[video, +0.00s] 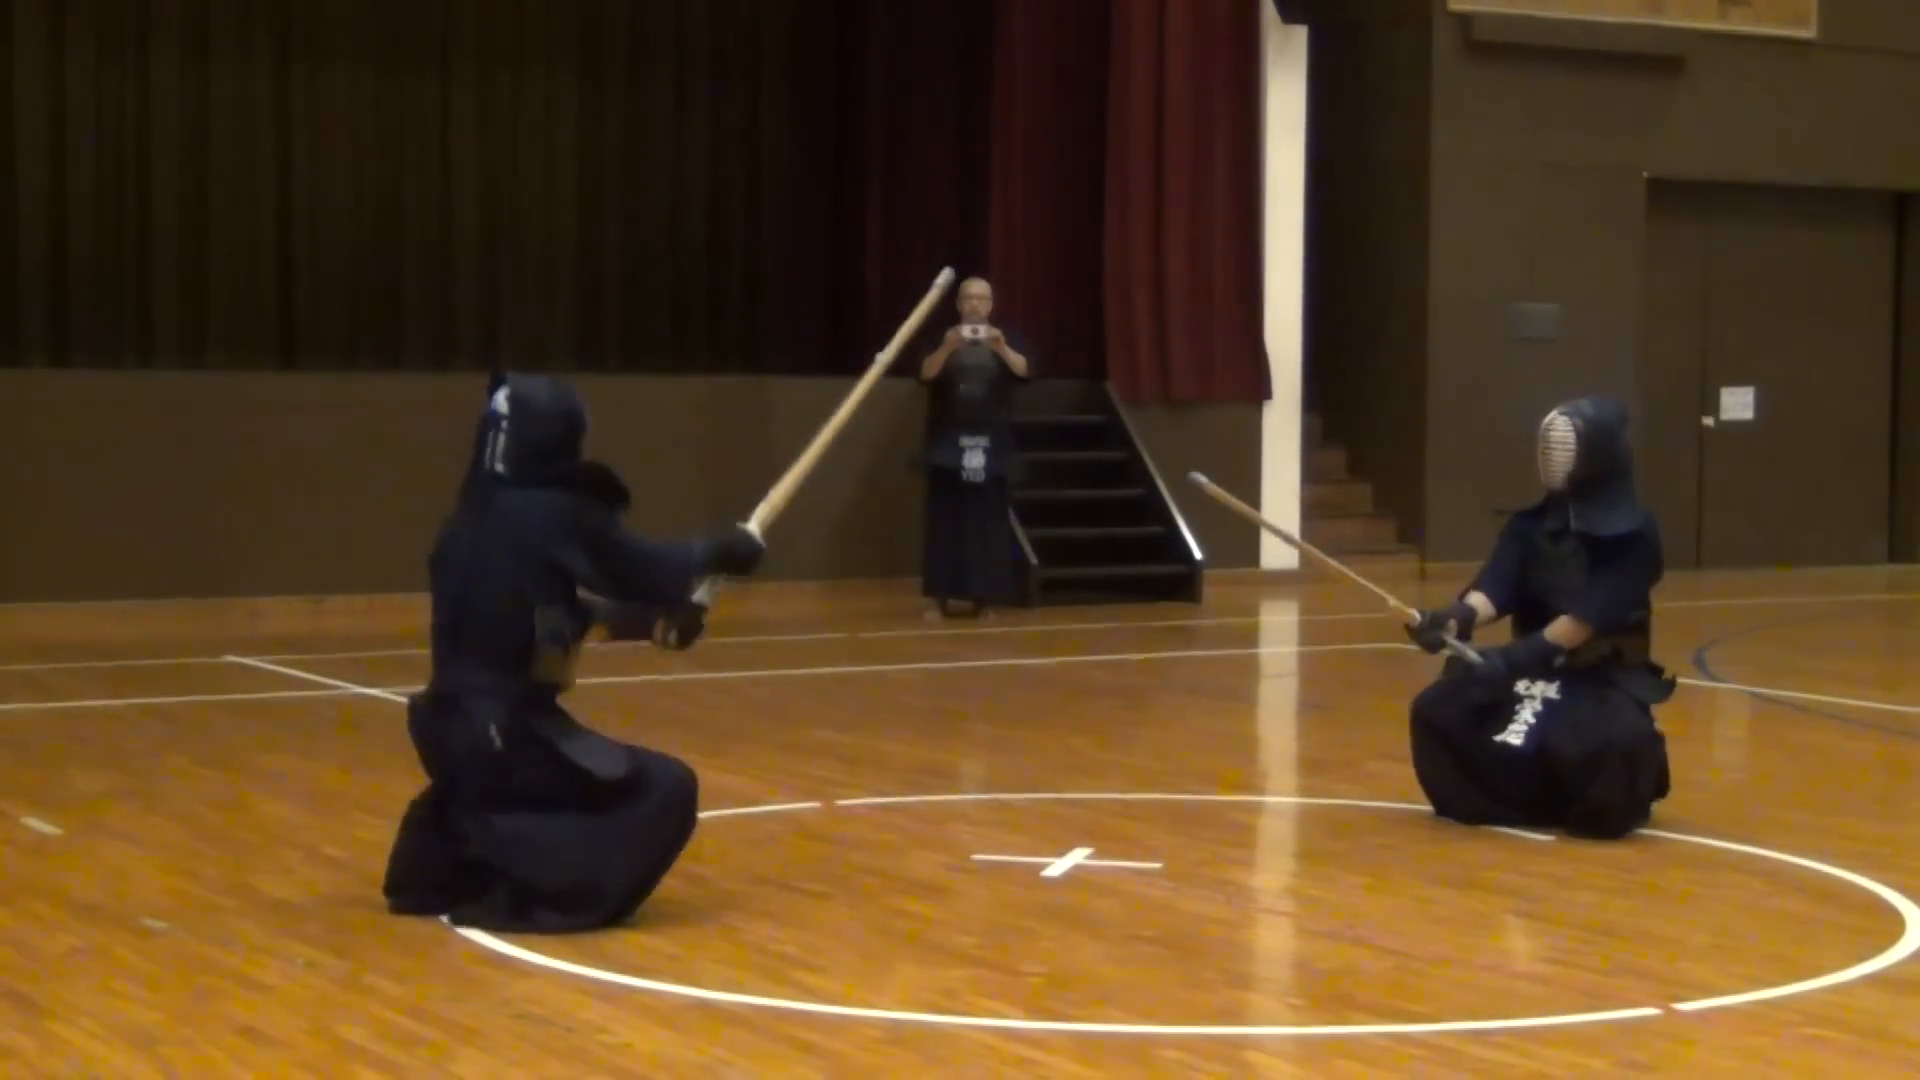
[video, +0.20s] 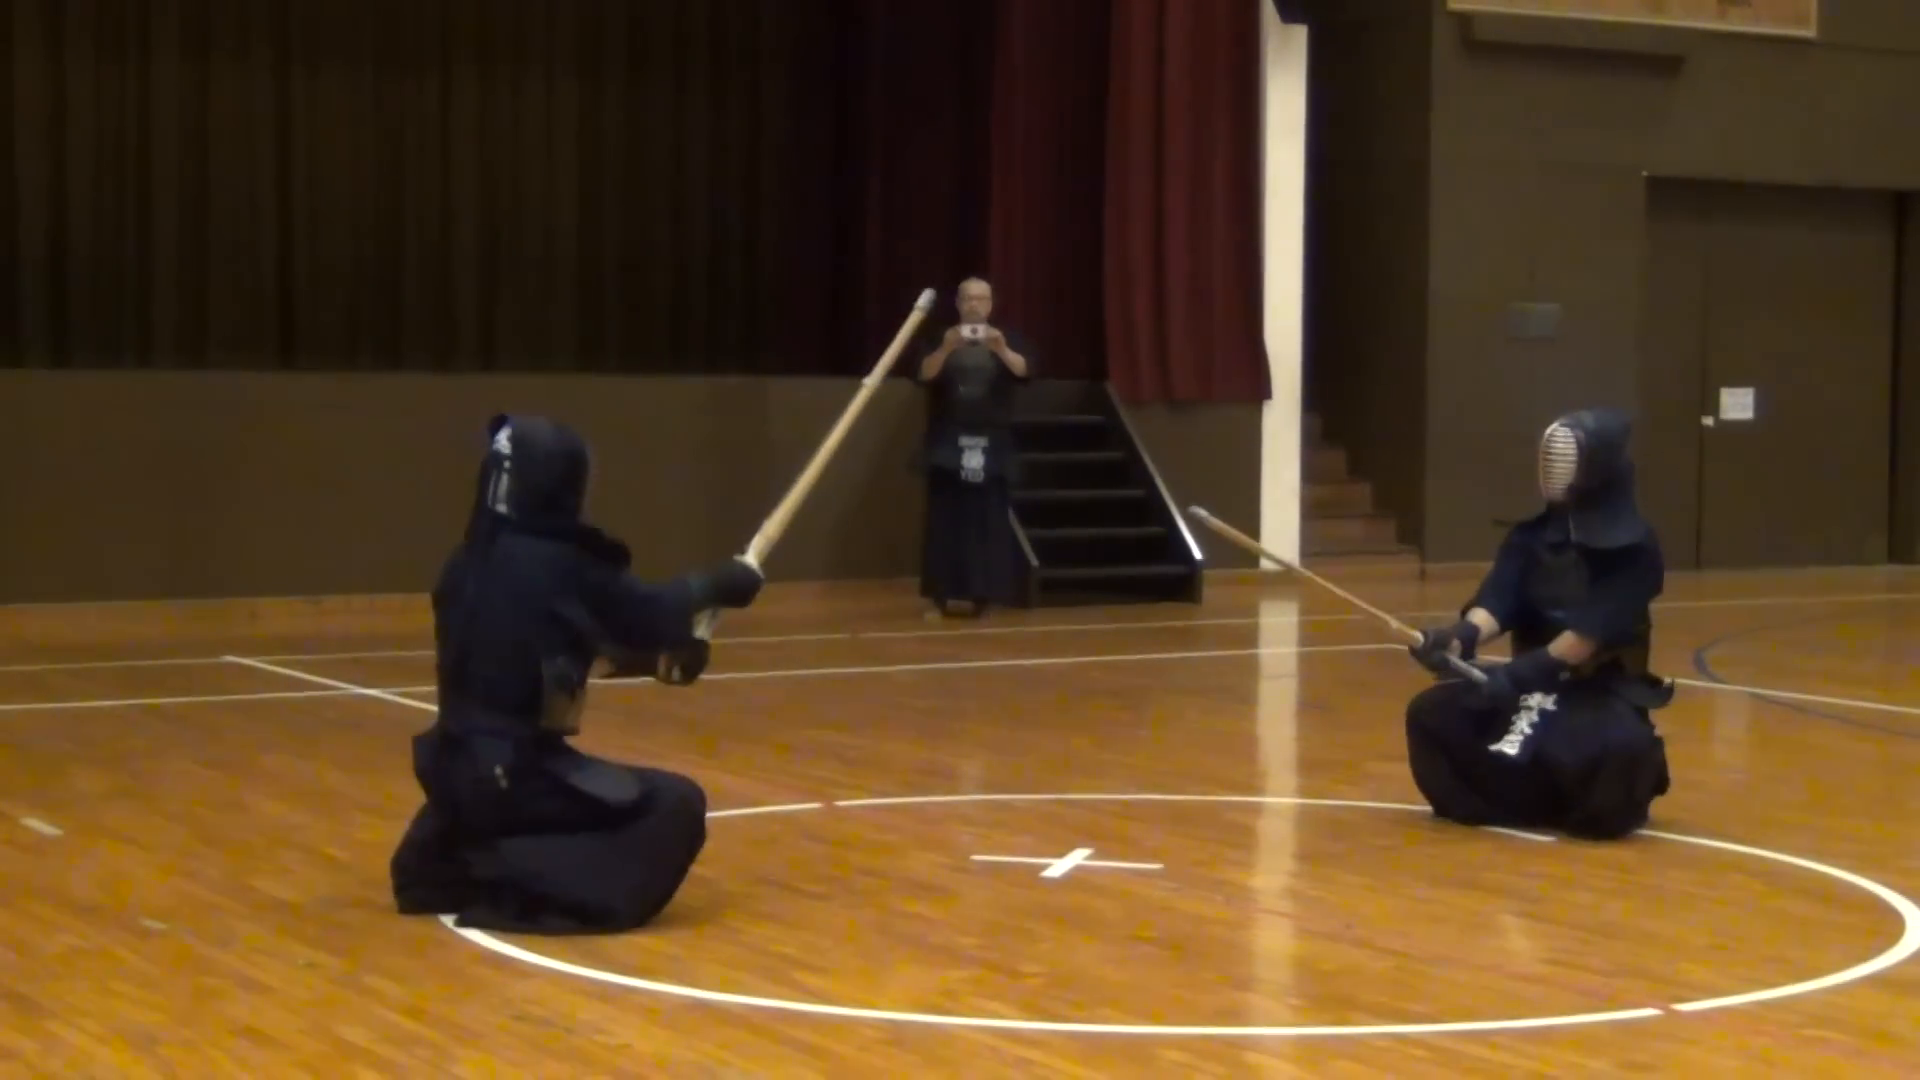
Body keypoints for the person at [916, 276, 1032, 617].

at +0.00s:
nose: (975, 304)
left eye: (982, 299)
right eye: (969, 298)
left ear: (991, 303)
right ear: (959, 303)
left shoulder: (1002, 341)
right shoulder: (947, 340)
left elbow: (1024, 371)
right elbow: (926, 374)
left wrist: (1000, 347)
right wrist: (949, 346)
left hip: (990, 436)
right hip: (950, 436)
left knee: (988, 512)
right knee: (947, 512)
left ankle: (985, 593)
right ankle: (944, 592)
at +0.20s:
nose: (975, 305)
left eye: (981, 299)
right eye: (969, 299)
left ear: (991, 303)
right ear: (958, 303)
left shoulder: (1003, 340)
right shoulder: (945, 339)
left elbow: (1024, 371)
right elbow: (925, 374)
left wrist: (1000, 348)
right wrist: (948, 347)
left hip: (990, 436)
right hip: (950, 435)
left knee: (987, 512)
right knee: (947, 511)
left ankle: (984, 591)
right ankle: (945, 590)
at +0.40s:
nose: (974, 305)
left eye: (981, 299)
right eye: (968, 298)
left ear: (991, 303)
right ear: (957, 302)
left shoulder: (1002, 339)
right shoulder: (944, 338)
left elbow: (1023, 370)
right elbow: (924, 374)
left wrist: (1000, 348)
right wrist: (947, 346)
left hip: (988, 436)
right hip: (948, 435)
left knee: (985, 512)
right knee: (944, 512)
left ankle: (982, 594)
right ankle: (938, 593)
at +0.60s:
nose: (993, 303)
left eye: (1000, 297)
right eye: (987, 297)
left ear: (1010, 302)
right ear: (977, 301)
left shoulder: (1022, 339)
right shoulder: (963, 339)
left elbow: (1043, 369)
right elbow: (943, 372)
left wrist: (1018, 345)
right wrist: (967, 345)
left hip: (1007, 435)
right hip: (966, 434)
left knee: (1004, 512)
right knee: (962, 512)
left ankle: (1002, 596)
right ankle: (956, 593)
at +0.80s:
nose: (986, 303)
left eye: (993, 297)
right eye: (980, 297)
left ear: (1003, 302)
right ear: (970, 301)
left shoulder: (1018, 340)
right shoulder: (957, 339)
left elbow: (1037, 371)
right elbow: (937, 374)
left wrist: (1012, 346)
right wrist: (962, 345)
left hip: (1002, 435)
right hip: (961, 434)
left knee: (1000, 513)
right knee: (956, 512)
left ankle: (999, 598)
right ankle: (950, 595)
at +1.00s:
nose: (985, 299)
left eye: (992, 294)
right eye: (979, 293)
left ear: (1003, 298)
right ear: (969, 298)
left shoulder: (1016, 336)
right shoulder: (956, 335)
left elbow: (1035, 367)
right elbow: (937, 370)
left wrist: (1011, 343)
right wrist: (961, 343)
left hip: (1003, 434)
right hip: (960, 433)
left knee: (1000, 511)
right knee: (956, 511)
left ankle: (998, 593)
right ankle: (951, 591)